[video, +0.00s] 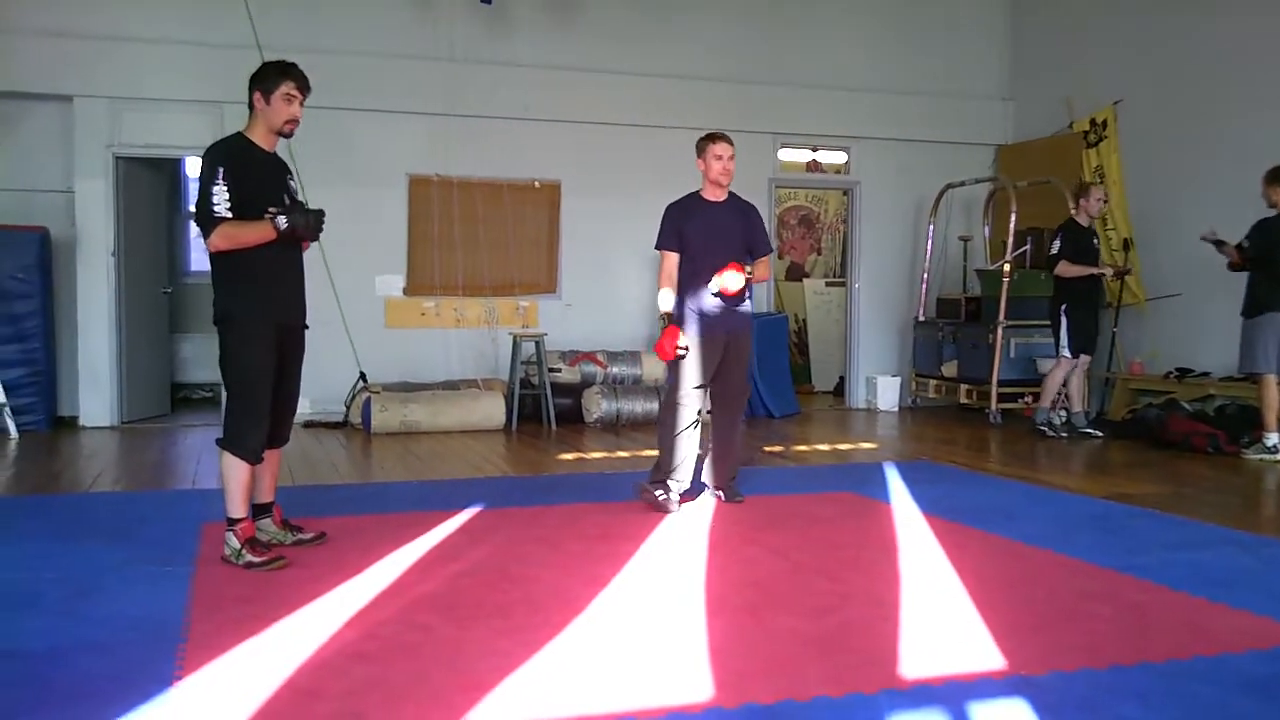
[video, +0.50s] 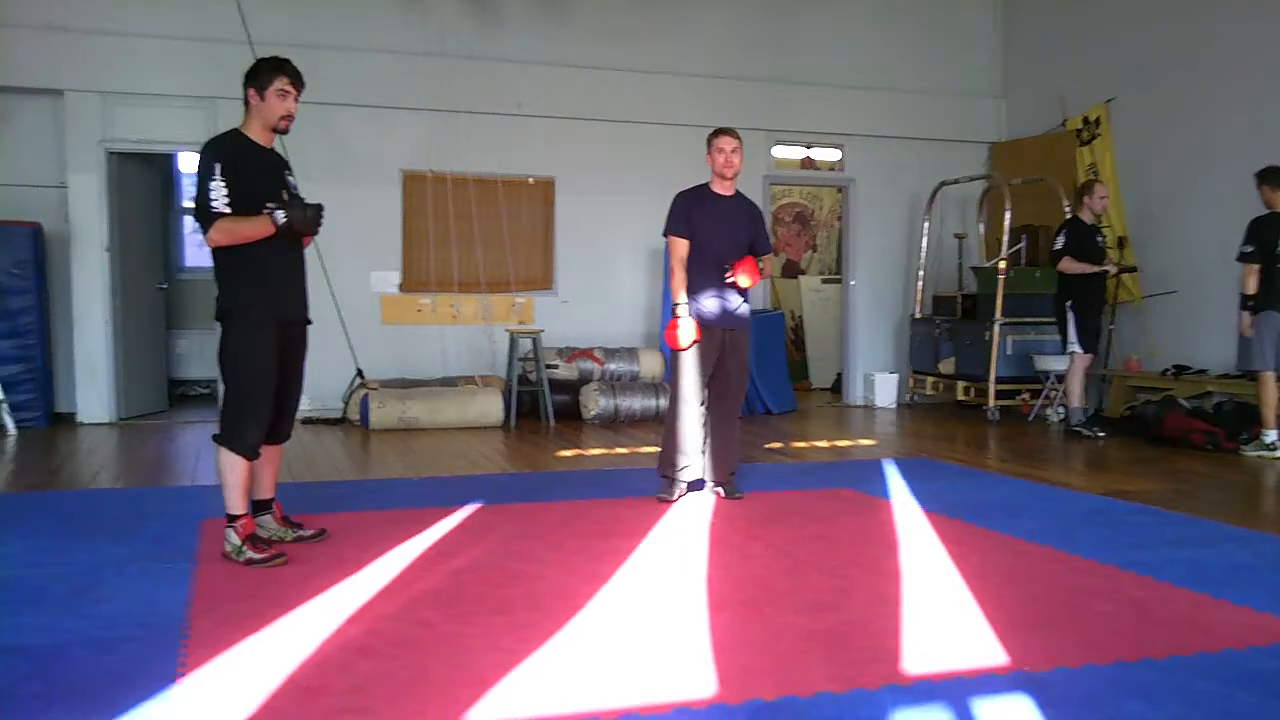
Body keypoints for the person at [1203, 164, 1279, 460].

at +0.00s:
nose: (1265, 194)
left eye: (1267, 188)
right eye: (1265, 188)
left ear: (1276, 189)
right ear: (1272, 189)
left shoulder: (1268, 225)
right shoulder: (1266, 225)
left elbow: (1246, 258)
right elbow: (1246, 259)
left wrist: (1222, 246)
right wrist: (1225, 248)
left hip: (1268, 309)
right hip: (1265, 308)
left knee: (1268, 375)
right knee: (1268, 374)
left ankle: (1271, 440)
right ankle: (1271, 438)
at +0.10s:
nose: (1263, 197)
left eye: (1265, 191)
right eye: (1262, 192)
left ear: (1275, 191)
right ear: (1272, 191)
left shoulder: (1264, 226)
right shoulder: (1267, 224)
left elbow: (1235, 254)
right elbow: (1238, 254)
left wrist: (1212, 240)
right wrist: (1215, 242)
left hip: (1263, 310)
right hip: (1270, 310)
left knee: (1263, 377)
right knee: (1269, 377)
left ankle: (1266, 441)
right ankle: (1267, 439)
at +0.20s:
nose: (1269, 196)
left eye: (1270, 190)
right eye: (1269, 190)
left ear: (1274, 192)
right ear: (1275, 191)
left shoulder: (1269, 227)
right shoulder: (1269, 226)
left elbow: (1244, 260)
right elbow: (1247, 263)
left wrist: (1221, 251)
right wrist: (1223, 252)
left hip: (1268, 311)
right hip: (1268, 310)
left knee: (1269, 376)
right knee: (1269, 376)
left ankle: (1272, 441)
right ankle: (1271, 440)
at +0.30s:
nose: (1269, 197)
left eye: (1269, 192)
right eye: (1268, 191)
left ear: (1274, 193)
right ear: (1275, 192)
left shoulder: (1269, 226)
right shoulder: (1268, 226)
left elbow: (1241, 268)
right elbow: (1243, 266)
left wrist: (1219, 274)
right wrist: (1223, 273)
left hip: (1267, 311)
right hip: (1268, 310)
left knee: (1269, 376)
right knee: (1269, 376)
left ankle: (1271, 441)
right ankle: (1271, 439)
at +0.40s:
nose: (1252, 196)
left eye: (1253, 191)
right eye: (1253, 191)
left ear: (1259, 192)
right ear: (1277, 190)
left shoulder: (1252, 226)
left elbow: (1231, 270)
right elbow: (1232, 270)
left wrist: (1215, 300)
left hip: (1251, 308)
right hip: (1276, 308)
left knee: (1250, 376)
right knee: (1274, 375)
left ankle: (1252, 441)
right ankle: (1277, 438)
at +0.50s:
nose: (1261, 196)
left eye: (1261, 190)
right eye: (1260, 190)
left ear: (1268, 190)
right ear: (1275, 189)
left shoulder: (1262, 225)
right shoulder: (1262, 225)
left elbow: (1252, 270)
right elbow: (1252, 270)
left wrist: (1247, 308)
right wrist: (1249, 308)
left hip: (1269, 308)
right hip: (1269, 308)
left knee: (1267, 371)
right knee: (1267, 371)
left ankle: (1270, 436)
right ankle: (1270, 435)